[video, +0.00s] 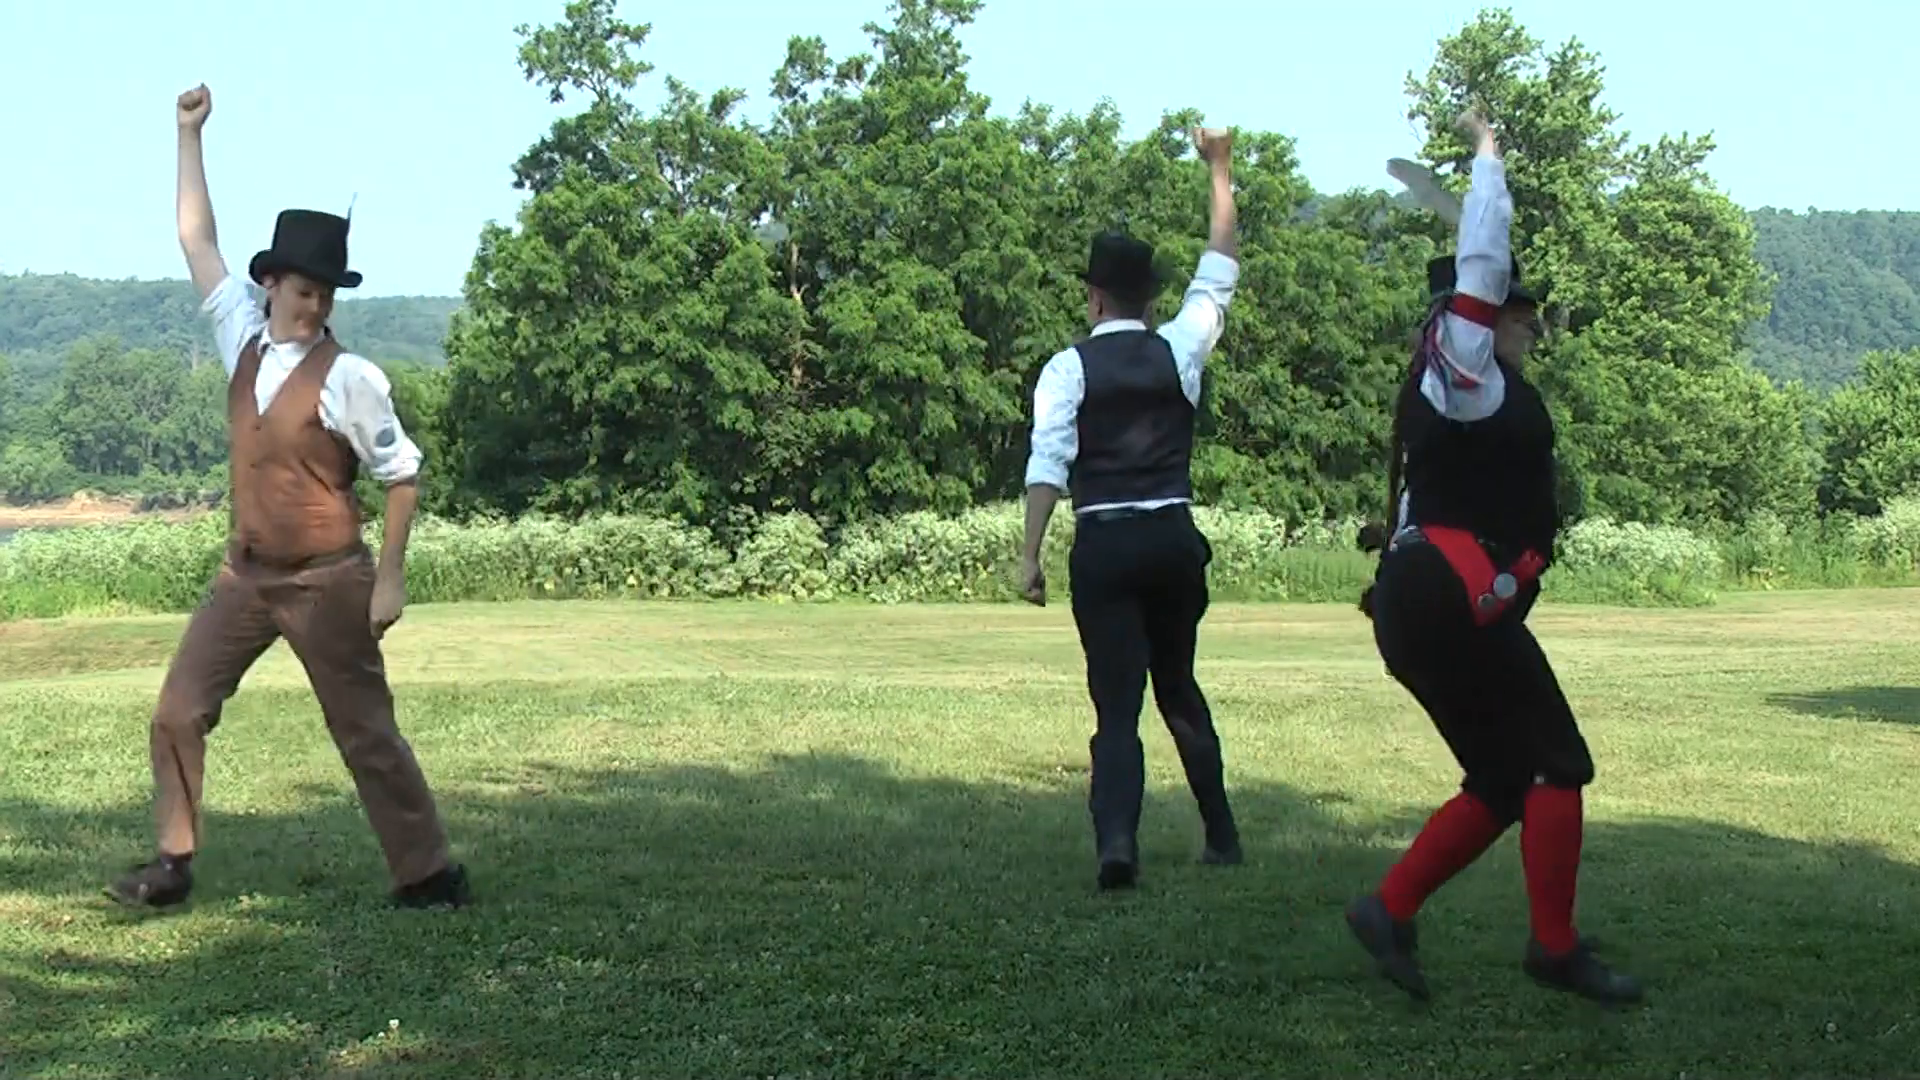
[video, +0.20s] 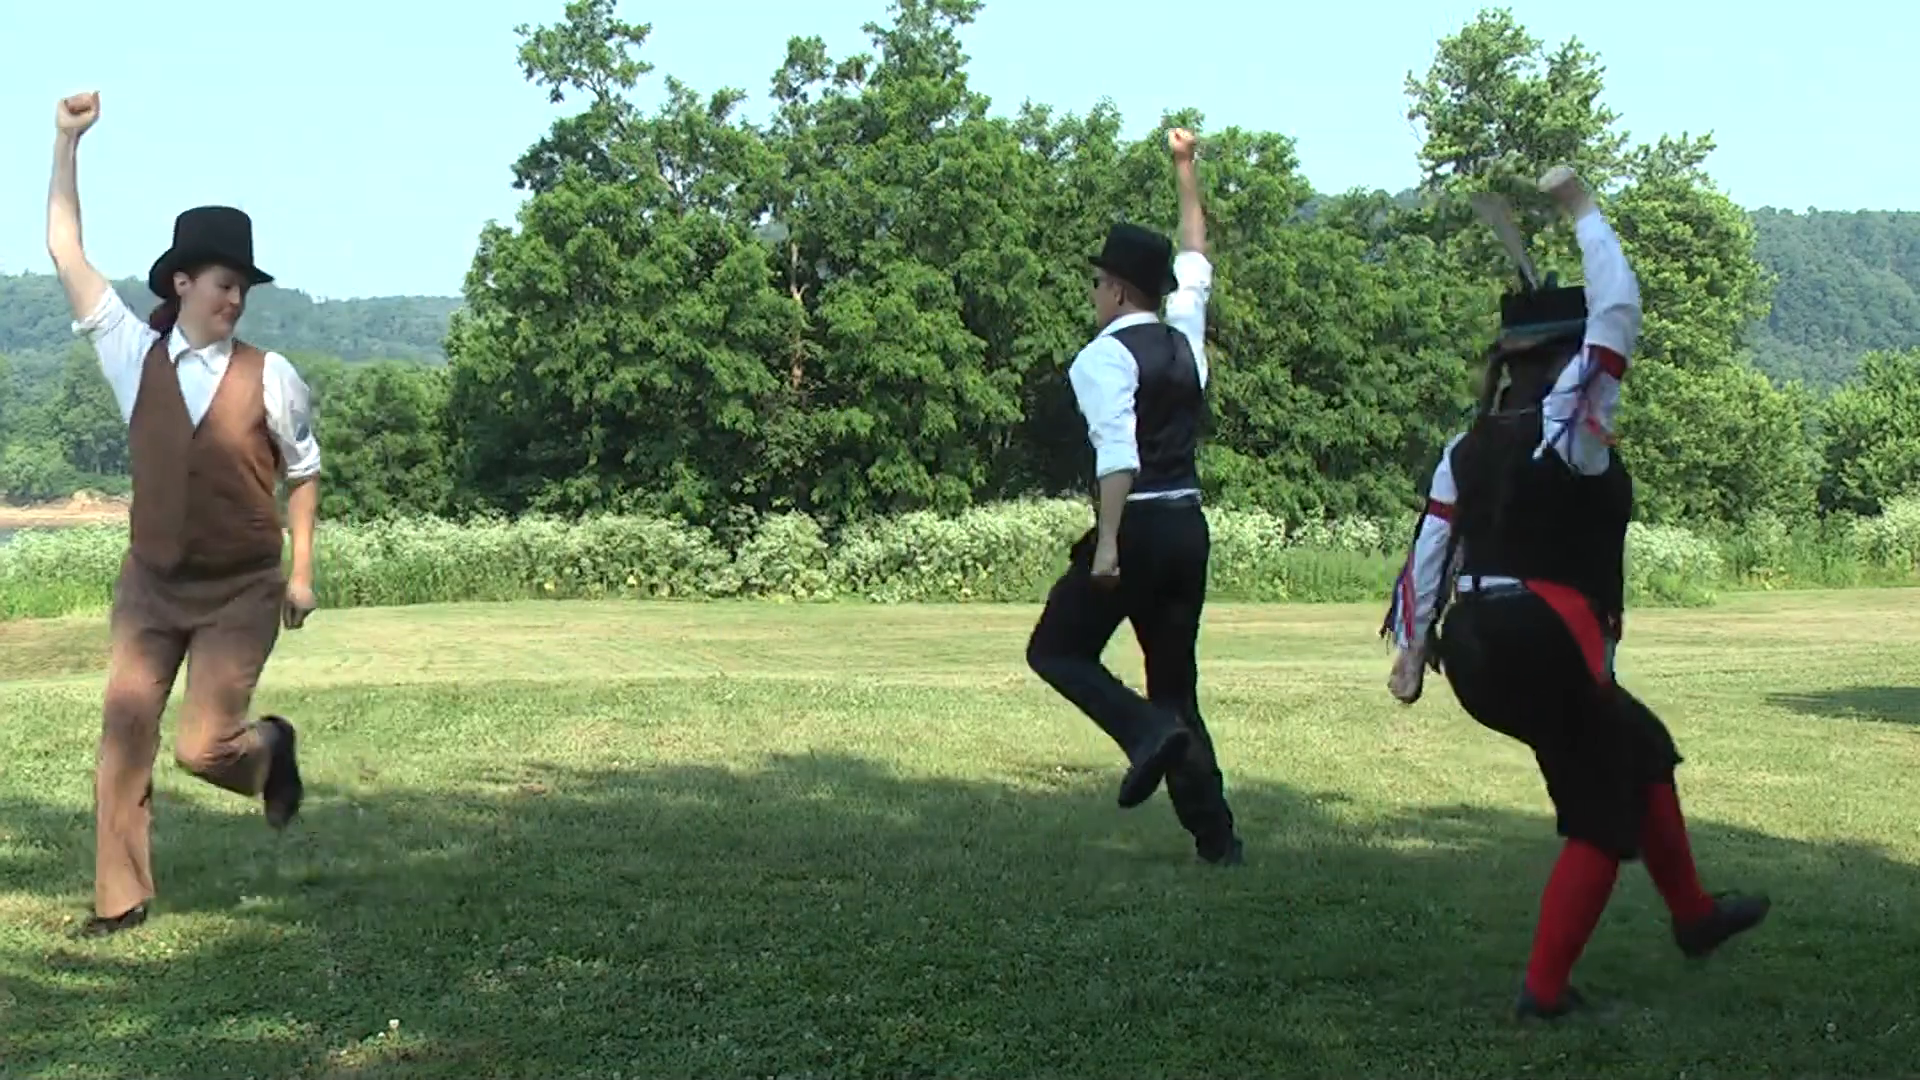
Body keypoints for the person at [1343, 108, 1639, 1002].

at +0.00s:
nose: (1536, 331)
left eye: (1535, 320)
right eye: (1525, 320)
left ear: (1496, 326)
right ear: (1487, 318)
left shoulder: (1485, 387)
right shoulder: (1463, 369)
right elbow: (1481, 251)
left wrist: (1445, 200)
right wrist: (1487, 150)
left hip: (1425, 597)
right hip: (1451, 592)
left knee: (1502, 785)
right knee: (1559, 762)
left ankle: (1387, 911)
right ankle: (1555, 947)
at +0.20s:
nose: (1591, 370)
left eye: (1587, 358)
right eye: (1584, 356)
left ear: (1512, 364)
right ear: (1568, 362)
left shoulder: (1467, 447)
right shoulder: (1572, 417)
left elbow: (1430, 549)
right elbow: (1616, 303)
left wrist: (1410, 643)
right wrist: (1581, 208)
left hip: (1469, 646)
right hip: (1545, 642)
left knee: (1644, 748)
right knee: (1608, 807)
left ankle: (1693, 915)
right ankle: (1543, 990)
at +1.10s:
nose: (1547, 391)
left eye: (1549, 381)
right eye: (1559, 378)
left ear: (1551, 389)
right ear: (1613, 382)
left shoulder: (1532, 443)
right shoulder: (1661, 444)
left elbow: (1486, 361)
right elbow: (1699, 526)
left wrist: (1473, 263)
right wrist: (1717, 618)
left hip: (1580, 634)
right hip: (1667, 624)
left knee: (1614, 784)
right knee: (1662, 750)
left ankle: (1667, 940)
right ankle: (1694, 888)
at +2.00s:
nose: (1304, 383)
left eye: (1315, 374)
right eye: (1311, 374)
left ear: (1330, 382)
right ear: (1363, 387)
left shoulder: (1330, 433)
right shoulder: (1364, 450)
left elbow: (1314, 349)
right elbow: (1400, 539)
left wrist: (1311, 270)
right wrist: (1418, 627)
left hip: (1341, 618)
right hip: (1377, 615)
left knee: (1238, 733)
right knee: (1297, 751)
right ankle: (1346, 874)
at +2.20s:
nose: (1236, 339)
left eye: (1247, 328)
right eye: (1242, 329)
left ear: (1270, 334)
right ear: (1289, 338)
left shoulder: (1272, 380)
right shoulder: (1281, 394)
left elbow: (1256, 293)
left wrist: (1247, 221)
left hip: (1266, 577)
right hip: (1298, 582)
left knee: (1138, 631)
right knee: (1261, 720)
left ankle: (1161, 763)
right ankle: (1321, 851)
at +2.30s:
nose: (1204, 338)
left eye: (1212, 331)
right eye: (1208, 330)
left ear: (1233, 334)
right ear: (1258, 335)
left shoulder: (1235, 379)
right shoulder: (1269, 391)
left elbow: (1220, 299)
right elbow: (1292, 479)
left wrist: (1214, 217)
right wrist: (1301, 542)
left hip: (1238, 568)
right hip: (1271, 568)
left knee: (1115, 643)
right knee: (1222, 719)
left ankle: (1159, 767)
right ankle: (1254, 857)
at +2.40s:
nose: (1167, 367)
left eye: (1179, 359)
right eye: (1173, 358)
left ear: (1195, 363)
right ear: (1226, 364)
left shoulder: (1199, 414)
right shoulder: (1236, 419)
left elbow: (1175, 334)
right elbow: (1165, 485)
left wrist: (1164, 252)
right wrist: (1121, 481)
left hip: (1209, 598)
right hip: (1242, 595)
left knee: (1095, 669)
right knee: (1187, 739)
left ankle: (1140, 797)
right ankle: (1220, 866)